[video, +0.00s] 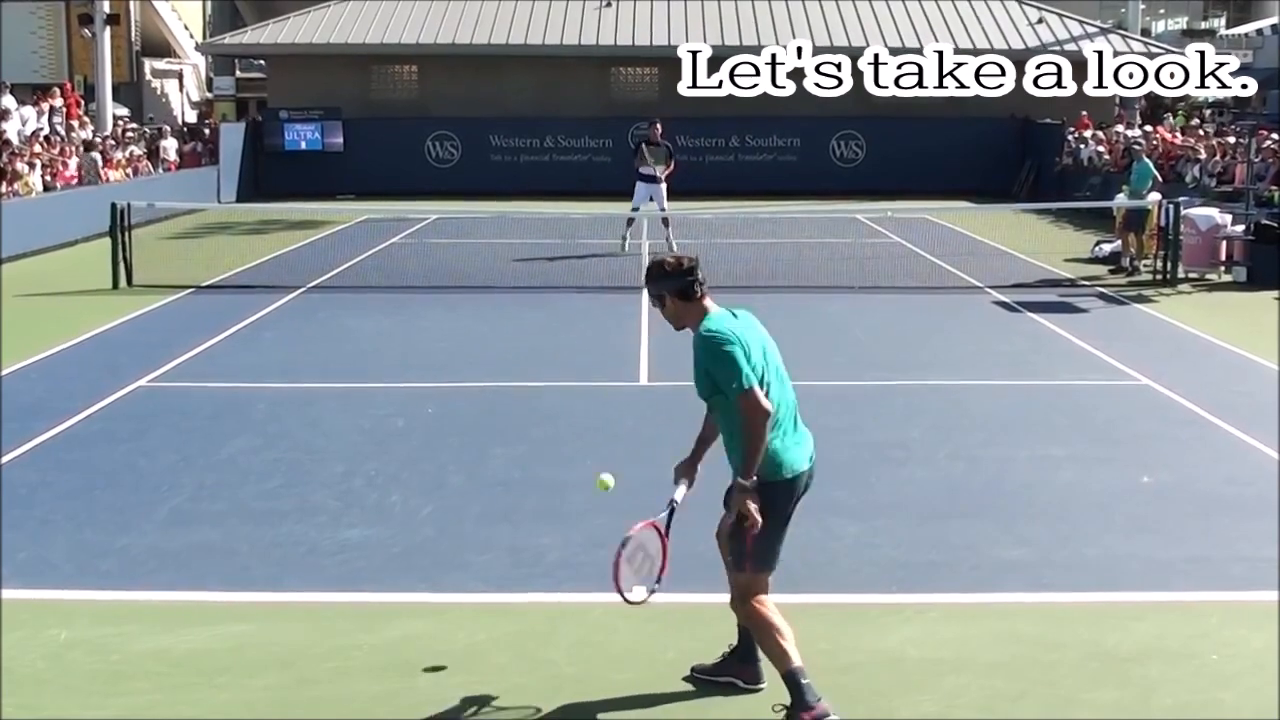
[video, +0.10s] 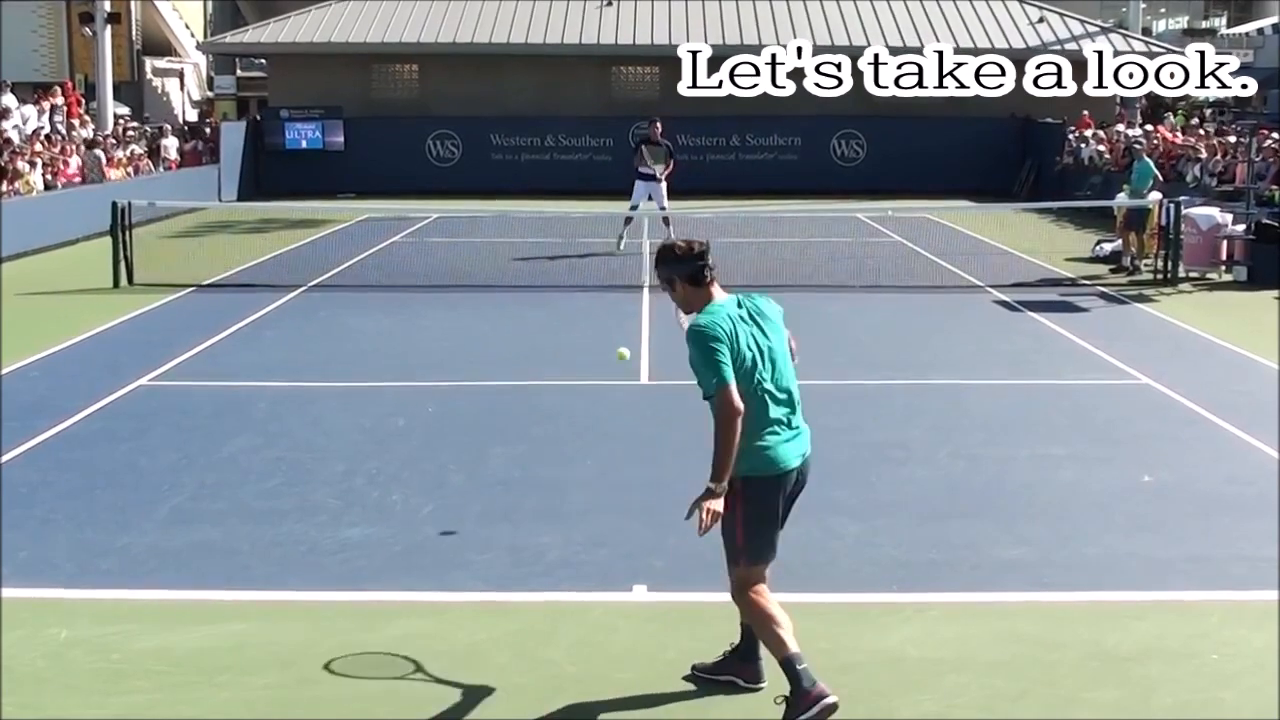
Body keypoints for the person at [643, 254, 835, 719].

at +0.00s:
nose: (660, 313)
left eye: (660, 303)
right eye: (657, 305)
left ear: (680, 298)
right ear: (693, 292)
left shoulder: (715, 339)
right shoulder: (731, 320)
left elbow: (757, 410)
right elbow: (722, 403)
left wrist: (744, 485)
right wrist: (694, 458)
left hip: (776, 473)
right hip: (787, 459)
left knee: (748, 596)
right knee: (728, 539)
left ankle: (806, 699)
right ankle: (745, 659)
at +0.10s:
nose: (671, 299)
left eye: (670, 289)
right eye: (667, 290)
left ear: (684, 284)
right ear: (710, 275)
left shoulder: (706, 329)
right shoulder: (761, 304)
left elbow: (731, 410)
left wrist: (717, 486)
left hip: (759, 469)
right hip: (794, 459)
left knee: (749, 587)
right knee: (746, 563)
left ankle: (806, 686)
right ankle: (746, 657)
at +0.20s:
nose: (678, 275)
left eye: (678, 266)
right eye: (677, 266)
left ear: (690, 266)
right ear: (722, 258)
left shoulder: (708, 310)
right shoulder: (772, 286)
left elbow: (714, 387)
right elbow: (829, 289)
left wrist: (686, 460)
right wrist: (866, 272)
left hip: (751, 458)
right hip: (790, 448)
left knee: (734, 574)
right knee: (751, 550)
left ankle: (798, 677)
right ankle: (746, 658)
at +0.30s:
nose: (690, 256)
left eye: (689, 249)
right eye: (692, 247)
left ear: (696, 252)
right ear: (735, 244)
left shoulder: (712, 299)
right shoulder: (781, 274)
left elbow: (702, 372)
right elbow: (850, 261)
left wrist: (662, 441)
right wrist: (913, 230)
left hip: (748, 453)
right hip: (792, 445)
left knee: (722, 563)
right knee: (758, 546)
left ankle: (789, 676)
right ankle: (750, 656)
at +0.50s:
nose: (721, 256)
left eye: (719, 250)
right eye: (743, 248)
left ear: (717, 256)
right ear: (762, 253)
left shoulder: (700, 314)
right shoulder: (794, 295)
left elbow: (661, 387)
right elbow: (876, 293)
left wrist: (617, 454)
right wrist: (954, 267)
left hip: (747, 466)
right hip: (804, 459)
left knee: (742, 579)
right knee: (780, 562)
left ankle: (778, 695)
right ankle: (752, 658)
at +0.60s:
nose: (735, 249)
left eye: (731, 241)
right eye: (758, 241)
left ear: (728, 246)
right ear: (773, 245)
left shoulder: (706, 301)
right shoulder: (800, 290)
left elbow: (668, 375)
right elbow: (882, 309)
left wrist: (635, 440)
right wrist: (960, 306)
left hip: (746, 461)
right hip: (806, 452)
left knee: (756, 580)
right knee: (792, 561)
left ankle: (780, 698)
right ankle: (770, 655)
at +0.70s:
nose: (752, 227)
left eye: (744, 218)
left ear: (740, 225)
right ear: (784, 225)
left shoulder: (713, 277)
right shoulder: (809, 270)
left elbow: (683, 354)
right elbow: (881, 320)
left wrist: (689, 399)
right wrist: (943, 349)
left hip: (747, 439)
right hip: (806, 433)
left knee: (748, 566)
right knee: (810, 549)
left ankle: (755, 694)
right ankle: (812, 661)